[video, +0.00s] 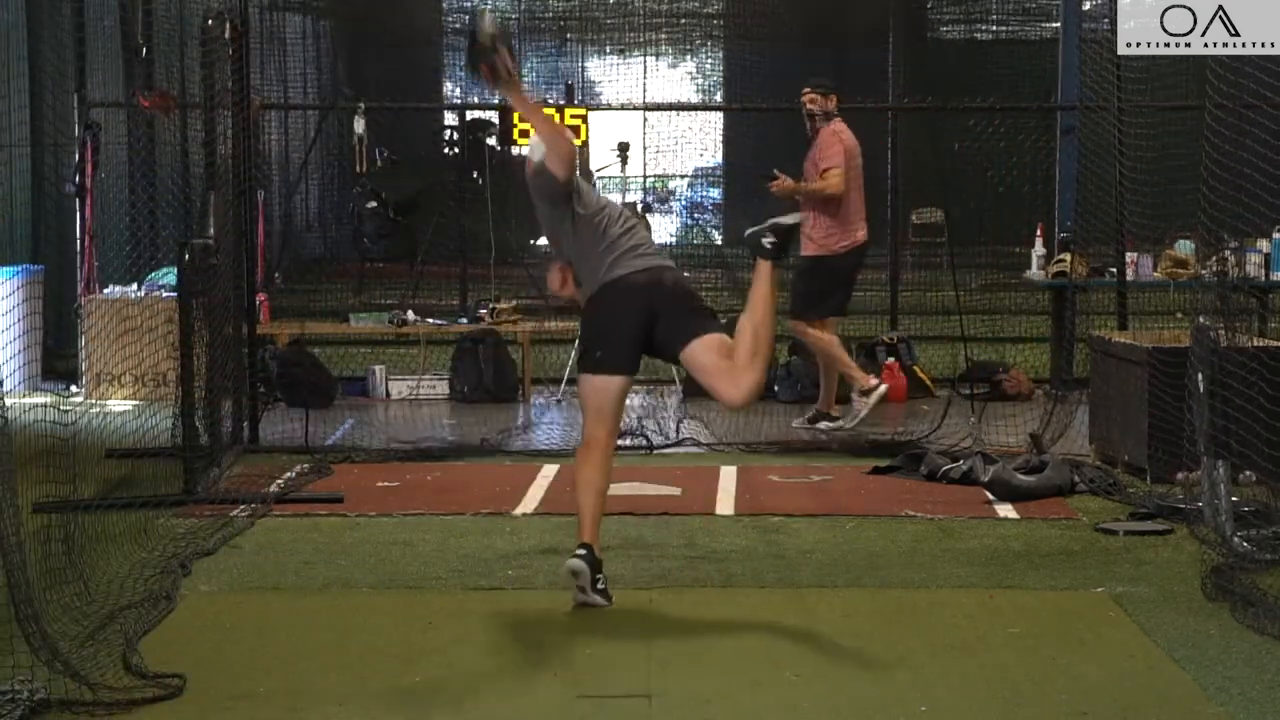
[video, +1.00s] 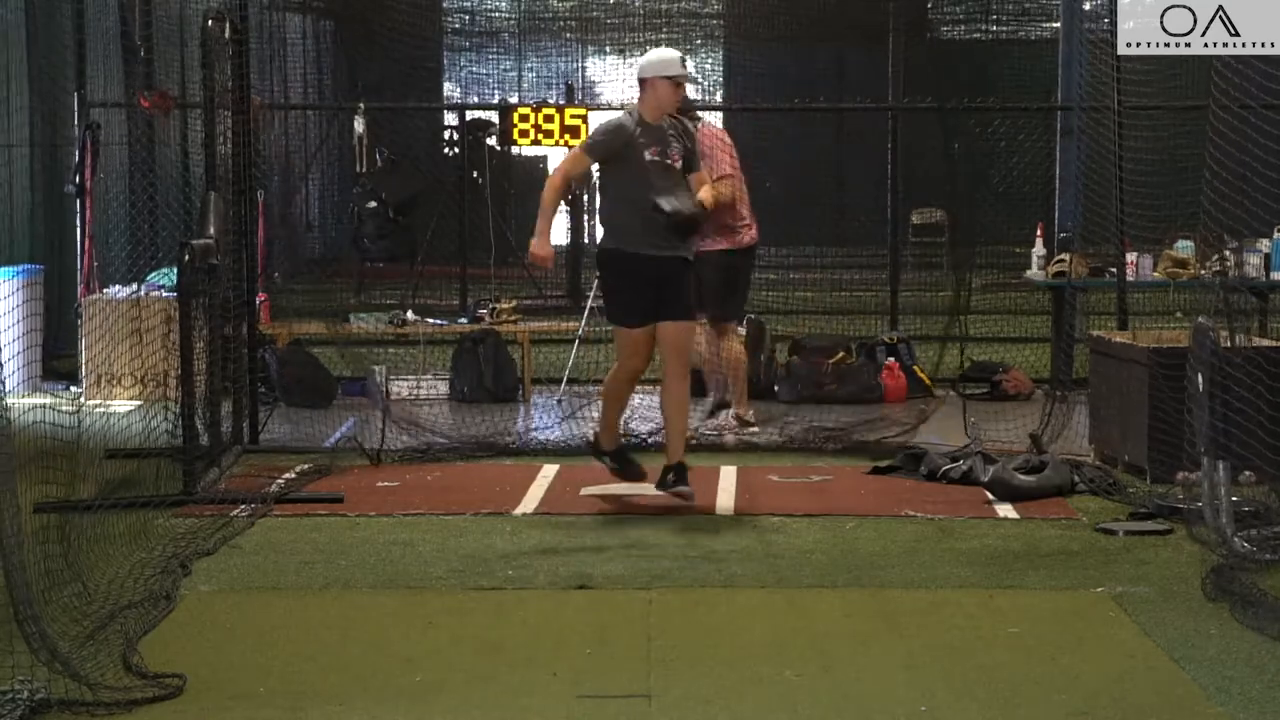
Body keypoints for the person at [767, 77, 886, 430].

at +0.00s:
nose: (809, 106)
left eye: (815, 100)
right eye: (805, 101)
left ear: (833, 103)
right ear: (804, 106)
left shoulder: (831, 136)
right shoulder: (834, 134)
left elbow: (834, 187)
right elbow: (828, 187)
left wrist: (795, 188)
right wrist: (796, 187)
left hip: (828, 247)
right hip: (841, 245)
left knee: (800, 323)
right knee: (824, 326)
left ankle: (865, 384)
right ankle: (825, 408)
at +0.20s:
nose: (803, 97)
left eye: (810, 92)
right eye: (801, 93)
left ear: (827, 100)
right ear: (800, 101)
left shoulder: (823, 128)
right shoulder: (811, 131)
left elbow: (817, 180)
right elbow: (802, 188)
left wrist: (780, 172)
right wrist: (778, 177)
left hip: (803, 239)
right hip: (814, 239)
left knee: (774, 316)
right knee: (811, 319)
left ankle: (823, 395)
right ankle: (822, 400)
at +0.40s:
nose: (776, 105)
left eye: (783, 99)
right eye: (774, 99)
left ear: (801, 104)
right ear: (775, 104)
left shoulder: (802, 134)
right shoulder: (798, 134)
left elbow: (802, 187)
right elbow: (792, 185)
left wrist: (763, 179)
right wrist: (762, 180)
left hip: (785, 245)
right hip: (810, 245)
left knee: (753, 322)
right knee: (808, 323)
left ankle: (784, 406)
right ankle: (824, 409)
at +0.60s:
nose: (739, 117)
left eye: (743, 110)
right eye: (738, 111)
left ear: (759, 110)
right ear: (764, 110)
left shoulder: (776, 140)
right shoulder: (777, 138)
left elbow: (787, 193)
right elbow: (775, 191)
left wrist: (741, 190)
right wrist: (738, 184)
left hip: (773, 247)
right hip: (792, 246)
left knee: (736, 321)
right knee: (799, 326)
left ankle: (742, 413)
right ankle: (821, 408)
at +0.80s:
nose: (707, 126)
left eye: (710, 119)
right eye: (705, 119)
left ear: (716, 117)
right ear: (728, 112)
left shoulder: (742, 141)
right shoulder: (741, 139)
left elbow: (763, 196)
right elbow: (750, 192)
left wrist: (715, 198)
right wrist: (715, 195)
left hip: (748, 246)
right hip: (758, 245)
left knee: (726, 325)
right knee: (752, 324)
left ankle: (740, 412)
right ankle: (802, 394)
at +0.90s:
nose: (686, 125)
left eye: (686, 118)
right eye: (685, 119)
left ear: (694, 116)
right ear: (705, 111)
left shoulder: (727, 136)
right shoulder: (705, 141)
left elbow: (742, 194)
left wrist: (698, 193)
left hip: (739, 243)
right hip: (729, 242)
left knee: (729, 327)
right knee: (722, 323)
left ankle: (741, 415)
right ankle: (772, 385)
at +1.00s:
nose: (663, 129)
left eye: (664, 121)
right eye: (662, 121)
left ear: (675, 116)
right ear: (687, 109)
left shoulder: (707, 134)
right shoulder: (683, 140)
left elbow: (726, 191)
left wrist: (683, 205)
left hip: (729, 244)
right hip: (704, 244)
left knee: (724, 328)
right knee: (700, 324)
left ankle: (742, 412)